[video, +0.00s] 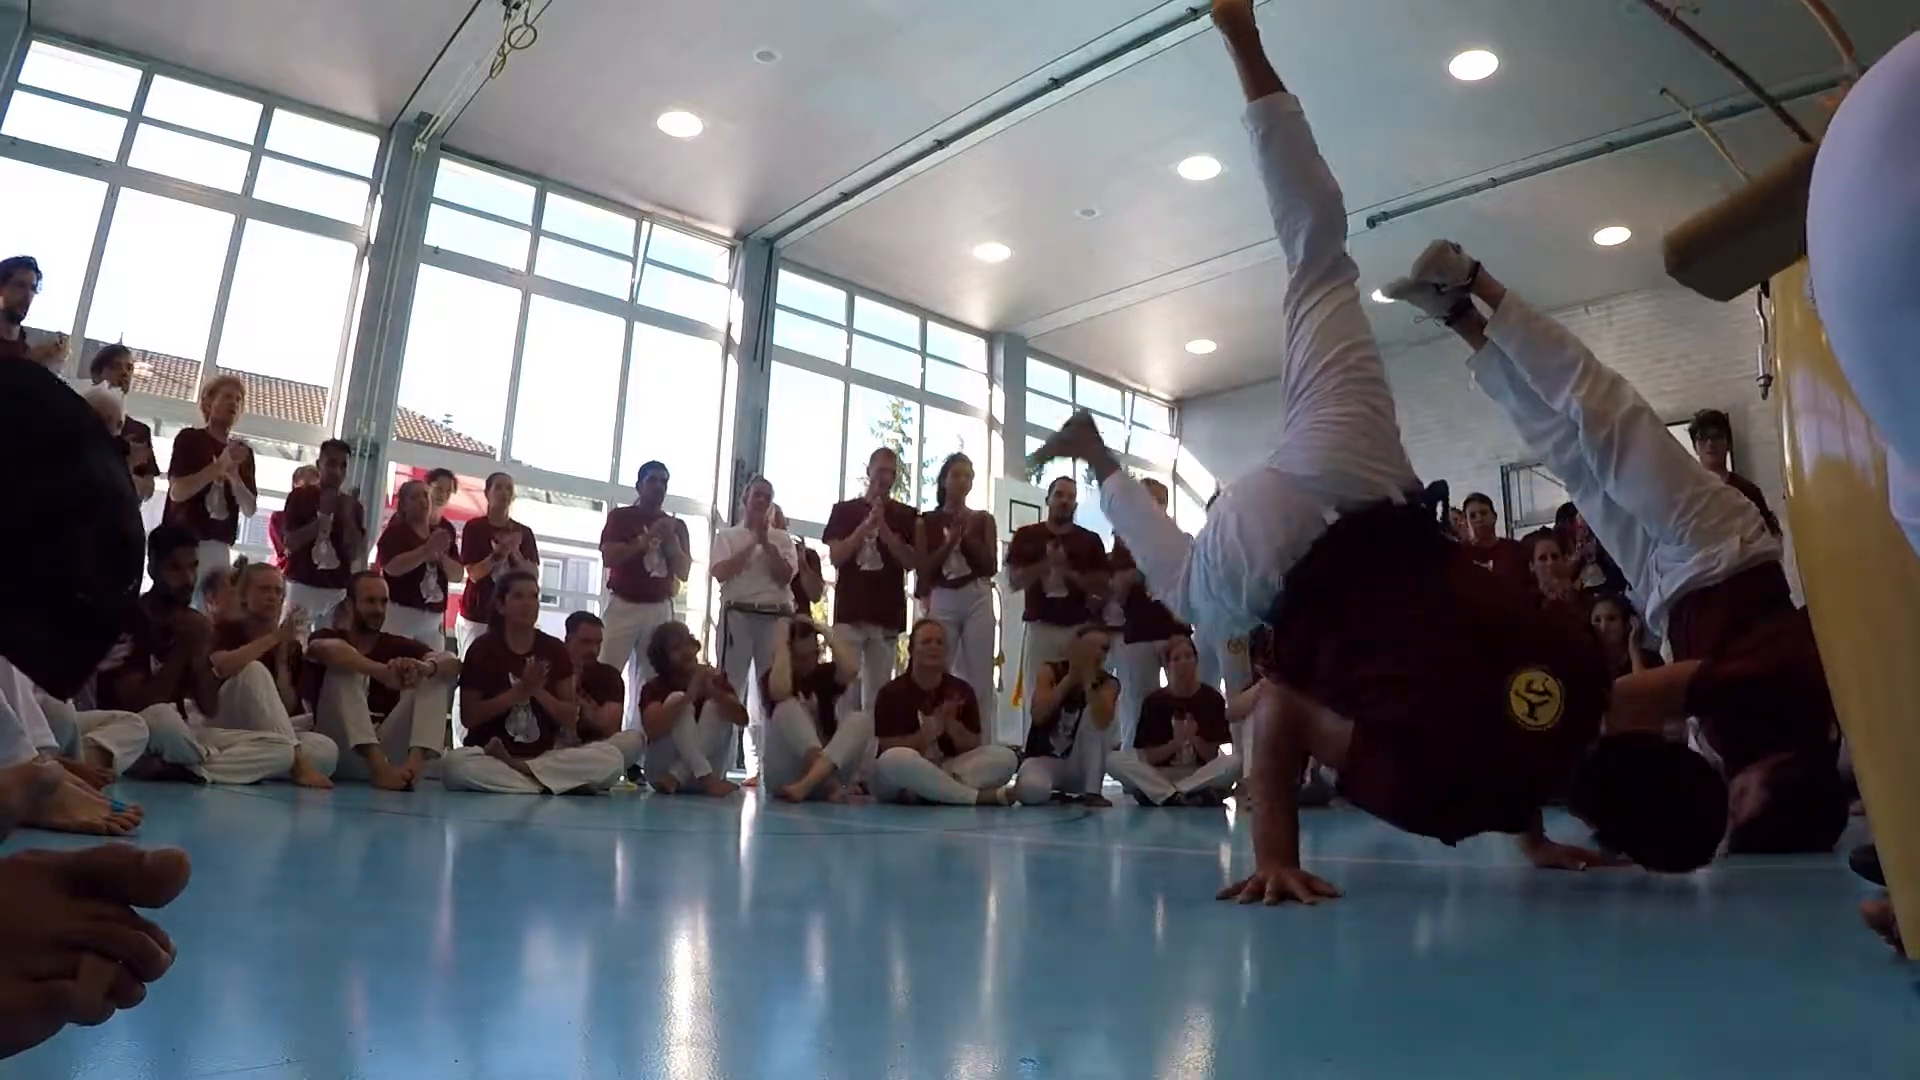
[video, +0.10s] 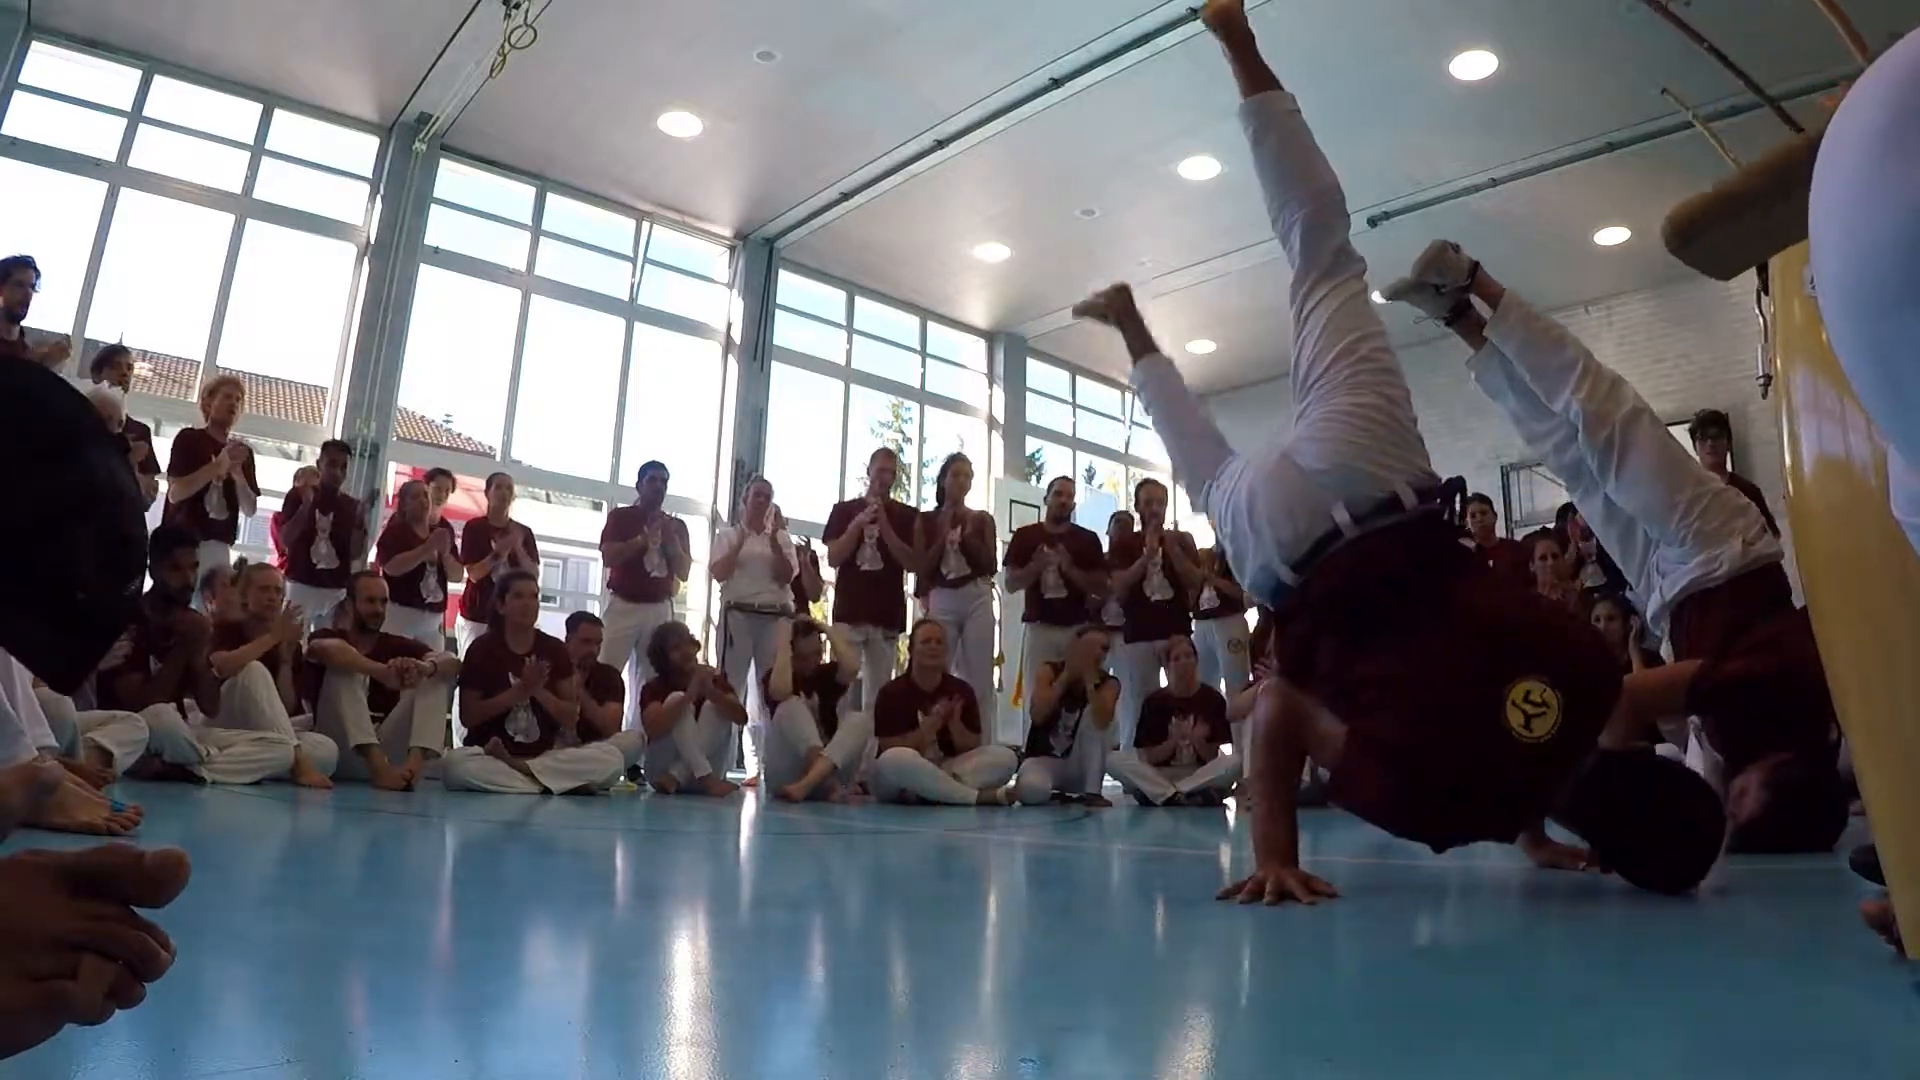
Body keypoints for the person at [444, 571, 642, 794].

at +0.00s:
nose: (529, 603)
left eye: (534, 597)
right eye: (519, 597)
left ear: (540, 603)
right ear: (500, 605)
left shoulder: (556, 649)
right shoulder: (481, 648)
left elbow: (570, 718)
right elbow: (469, 717)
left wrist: (536, 691)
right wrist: (521, 690)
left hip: (546, 756)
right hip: (489, 755)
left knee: (612, 759)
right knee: (455, 766)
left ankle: (522, 766)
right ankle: (548, 786)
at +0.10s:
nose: (529, 603)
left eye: (534, 597)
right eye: (519, 597)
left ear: (540, 603)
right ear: (500, 605)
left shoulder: (556, 649)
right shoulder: (481, 648)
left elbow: (571, 718)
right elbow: (468, 716)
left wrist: (536, 690)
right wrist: (521, 690)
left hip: (546, 756)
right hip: (489, 755)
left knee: (612, 759)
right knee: (455, 766)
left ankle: (521, 766)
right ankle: (548, 786)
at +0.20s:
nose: (530, 603)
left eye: (534, 597)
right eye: (520, 596)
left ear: (540, 603)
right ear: (501, 605)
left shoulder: (556, 648)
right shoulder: (481, 647)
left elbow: (570, 716)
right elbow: (468, 715)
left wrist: (536, 687)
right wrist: (522, 688)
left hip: (545, 756)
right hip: (487, 755)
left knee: (612, 759)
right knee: (454, 765)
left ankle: (521, 765)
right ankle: (549, 786)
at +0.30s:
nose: (530, 603)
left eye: (534, 597)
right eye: (520, 596)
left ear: (540, 603)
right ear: (501, 605)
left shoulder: (556, 649)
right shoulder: (481, 647)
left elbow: (571, 717)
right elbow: (468, 715)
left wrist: (534, 687)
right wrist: (522, 688)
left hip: (545, 757)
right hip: (488, 755)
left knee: (612, 758)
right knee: (454, 765)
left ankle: (522, 766)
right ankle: (548, 786)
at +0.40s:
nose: (530, 603)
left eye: (534, 596)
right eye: (520, 596)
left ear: (540, 603)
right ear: (501, 605)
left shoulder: (556, 649)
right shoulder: (482, 647)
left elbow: (570, 718)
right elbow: (468, 715)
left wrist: (534, 688)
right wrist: (522, 688)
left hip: (545, 757)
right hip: (488, 755)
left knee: (612, 758)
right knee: (454, 765)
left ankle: (522, 766)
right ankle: (548, 786)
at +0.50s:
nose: (530, 603)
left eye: (534, 596)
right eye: (520, 596)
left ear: (540, 603)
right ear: (501, 605)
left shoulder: (557, 649)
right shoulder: (481, 648)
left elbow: (570, 717)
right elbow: (468, 716)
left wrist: (535, 688)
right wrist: (521, 689)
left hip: (545, 757)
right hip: (489, 756)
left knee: (612, 758)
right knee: (454, 764)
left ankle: (522, 766)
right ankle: (547, 786)